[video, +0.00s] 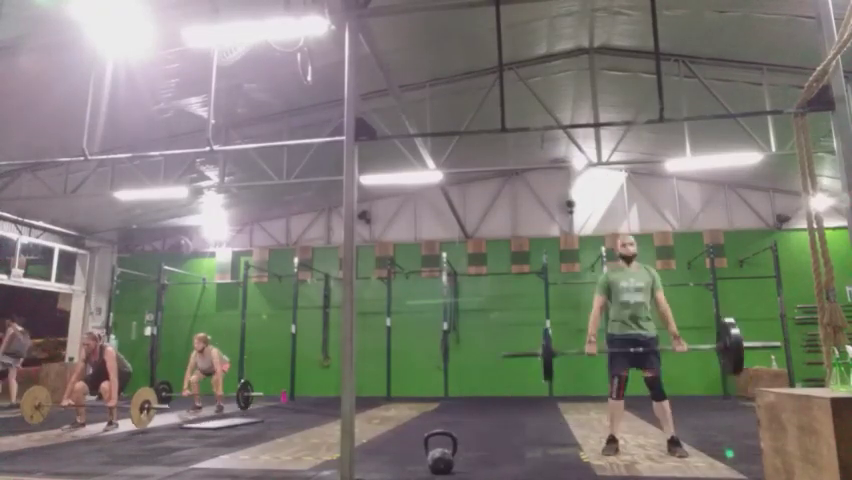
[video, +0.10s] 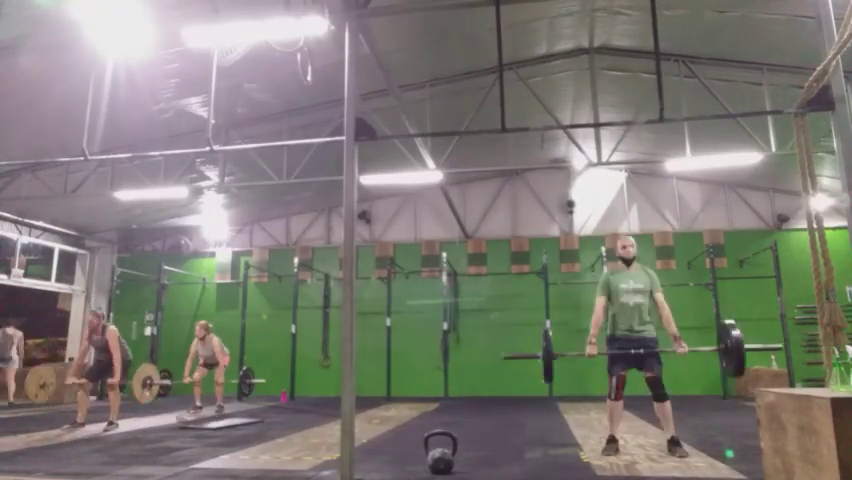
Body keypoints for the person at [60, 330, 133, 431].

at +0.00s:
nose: (85, 347)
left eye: (88, 345)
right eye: (84, 345)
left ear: (96, 343)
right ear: (82, 344)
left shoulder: (108, 351)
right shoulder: (86, 351)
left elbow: (113, 376)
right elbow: (77, 374)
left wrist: (114, 399)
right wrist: (66, 397)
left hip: (120, 373)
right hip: (100, 373)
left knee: (105, 387)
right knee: (78, 387)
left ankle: (112, 421)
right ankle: (80, 421)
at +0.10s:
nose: (90, 323)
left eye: (92, 320)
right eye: (89, 320)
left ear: (100, 321)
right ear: (89, 320)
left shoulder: (110, 331)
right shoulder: (90, 332)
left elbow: (117, 354)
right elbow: (82, 353)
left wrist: (117, 377)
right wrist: (73, 374)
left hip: (119, 360)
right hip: (101, 360)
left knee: (112, 385)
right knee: (83, 385)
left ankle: (113, 420)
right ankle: (80, 420)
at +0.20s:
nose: (98, 304)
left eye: (101, 301)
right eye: (97, 301)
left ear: (109, 302)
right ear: (95, 302)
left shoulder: (115, 312)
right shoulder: (95, 314)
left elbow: (124, 331)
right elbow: (88, 333)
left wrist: (122, 353)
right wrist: (78, 353)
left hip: (112, 355)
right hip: (96, 354)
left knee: (113, 385)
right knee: (89, 385)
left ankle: (113, 420)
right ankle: (80, 420)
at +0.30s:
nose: (94, 307)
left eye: (97, 304)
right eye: (93, 304)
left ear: (105, 304)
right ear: (92, 305)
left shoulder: (113, 316)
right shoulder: (94, 318)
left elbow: (120, 336)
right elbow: (87, 338)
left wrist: (121, 358)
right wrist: (77, 357)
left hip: (112, 356)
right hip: (98, 356)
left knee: (111, 384)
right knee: (87, 384)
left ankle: (113, 420)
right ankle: (80, 420)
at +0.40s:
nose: (87, 335)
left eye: (89, 332)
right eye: (85, 332)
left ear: (98, 330)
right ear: (85, 331)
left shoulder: (109, 338)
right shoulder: (88, 339)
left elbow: (115, 363)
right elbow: (79, 361)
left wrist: (115, 386)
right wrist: (68, 384)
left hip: (122, 363)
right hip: (103, 364)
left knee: (110, 385)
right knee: (83, 386)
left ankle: (113, 421)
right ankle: (80, 421)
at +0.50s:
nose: (85, 348)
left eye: (88, 345)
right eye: (84, 345)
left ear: (96, 344)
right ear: (83, 344)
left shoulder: (108, 351)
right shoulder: (85, 351)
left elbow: (114, 376)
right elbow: (76, 374)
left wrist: (114, 400)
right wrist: (67, 397)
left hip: (121, 370)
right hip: (102, 370)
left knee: (106, 387)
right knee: (80, 387)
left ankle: (112, 421)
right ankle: (80, 420)